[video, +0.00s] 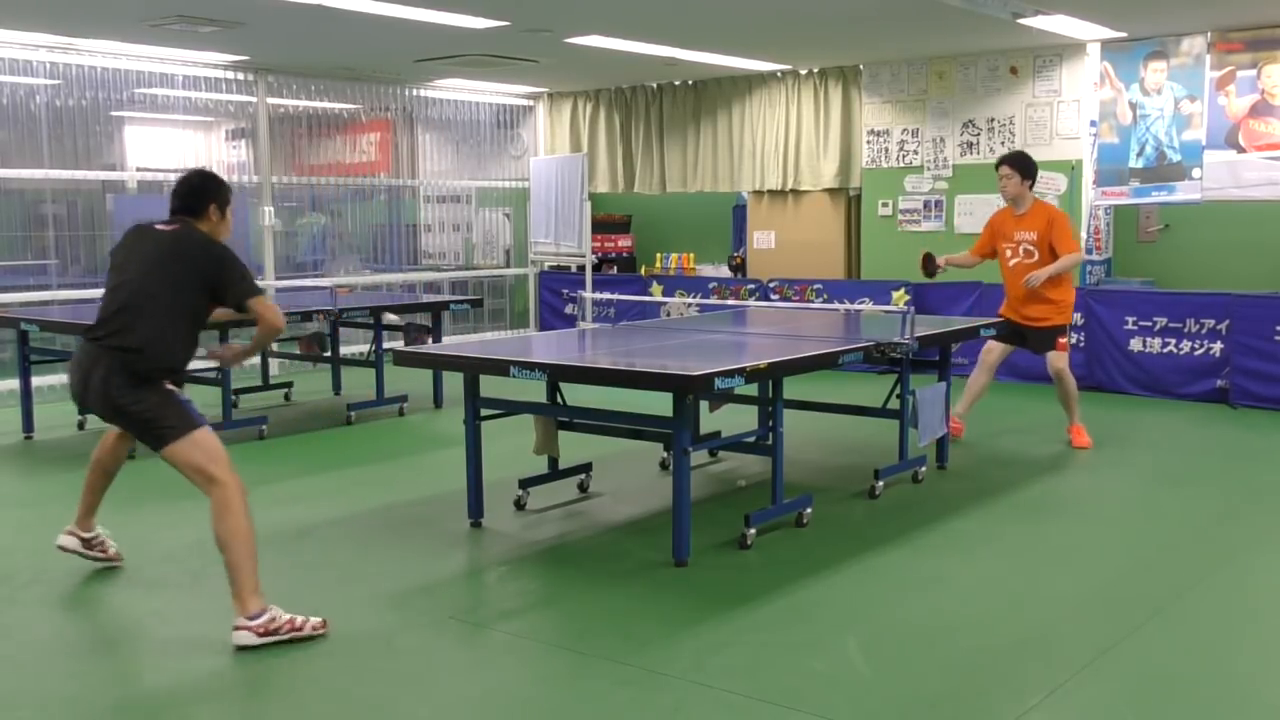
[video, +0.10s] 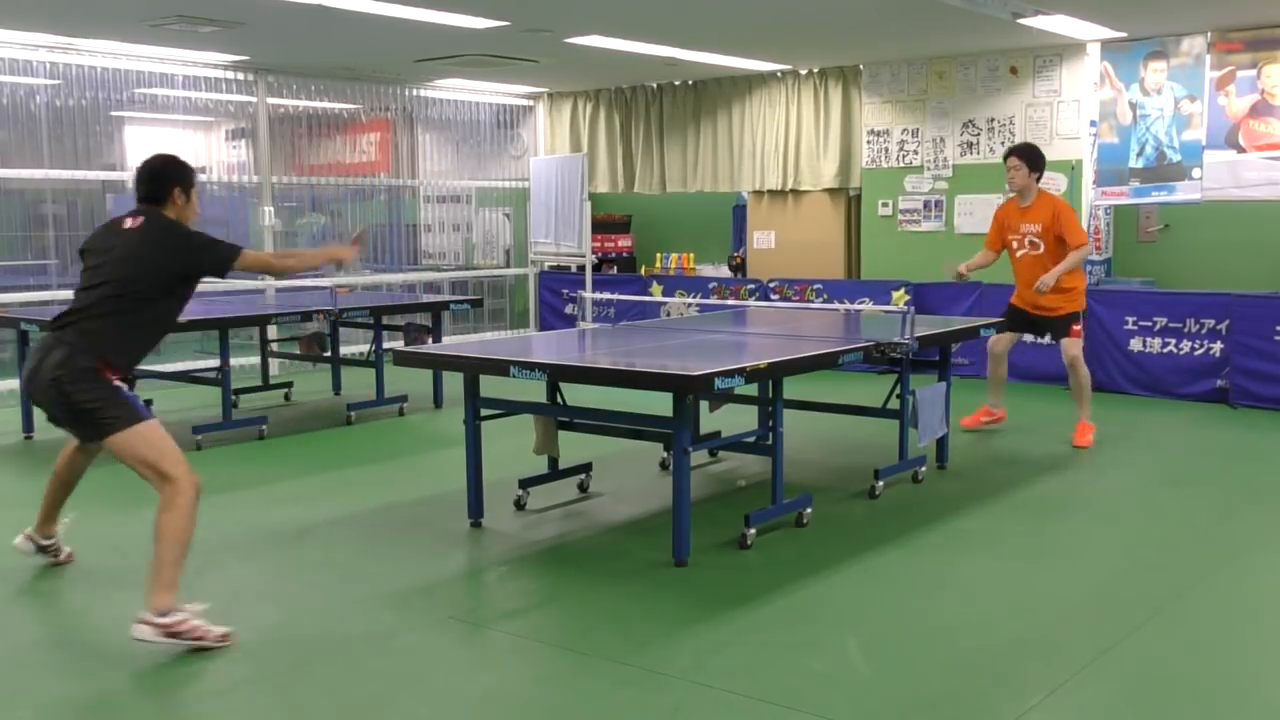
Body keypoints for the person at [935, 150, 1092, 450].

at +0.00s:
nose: (1001, 184)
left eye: (1008, 178)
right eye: (999, 179)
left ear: (1027, 181)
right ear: (999, 182)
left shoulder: (1052, 216)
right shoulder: (999, 220)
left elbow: (1076, 256)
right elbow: (975, 256)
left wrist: (1046, 271)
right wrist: (945, 261)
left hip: (1053, 312)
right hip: (1015, 311)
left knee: (1058, 368)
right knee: (988, 355)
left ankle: (1075, 424)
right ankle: (957, 417)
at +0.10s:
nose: (1009, 175)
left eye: (1016, 169)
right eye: (1007, 170)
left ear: (1034, 173)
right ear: (1006, 174)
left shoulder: (1058, 208)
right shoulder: (1005, 212)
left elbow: (1083, 248)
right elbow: (991, 251)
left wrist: (1055, 273)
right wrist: (969, 266)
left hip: (1065, 299)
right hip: (1025, 298)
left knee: (1073, 357)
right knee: (996, 347)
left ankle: (1085, 421)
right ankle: (994, 409)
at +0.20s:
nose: (1016, 182)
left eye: (1023, 177)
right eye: (1014, 177)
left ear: (1041, 180)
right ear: (1012, 180)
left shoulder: (1066, 213)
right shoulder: (1013, 217)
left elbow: (1091, 253)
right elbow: (1004, 257)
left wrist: (1063, 281)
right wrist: (985, 276)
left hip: (1070, 301)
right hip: (1031, 301)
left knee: (1083, 358)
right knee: (1010, 353)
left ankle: (1115, 417)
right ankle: (1018, 402)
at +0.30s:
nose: (1025, 197)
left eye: (1031, 190)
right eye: (1022, 191)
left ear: (1050, 192)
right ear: (1020, 194)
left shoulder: (1077, 225)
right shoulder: (1020, 231)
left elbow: (1100, 264)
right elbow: (1008, 270)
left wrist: (1076, 292)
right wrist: (1003, 285)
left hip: (1079, 309)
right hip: (1041, 309)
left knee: (1086, 365)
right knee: (1016, 360)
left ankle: (1121, 421)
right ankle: (1022, 410)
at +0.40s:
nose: (1037, 197)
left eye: (1043, 190)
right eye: (1034, 191)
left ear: (1062, 191)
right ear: (1032, 193)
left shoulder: (1091, 219)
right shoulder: (1029, 229)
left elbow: (1123, 248)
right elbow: (1010, 258)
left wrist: (1108, 278)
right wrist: (995, 263)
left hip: (1098, 304)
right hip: (1057, 308)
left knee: (1107, 353)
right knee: (1030, 358)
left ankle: (1135, 417)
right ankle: (1023, 409)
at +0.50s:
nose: (1054, 196)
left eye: (1060, 190)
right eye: (1052, 191)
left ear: (1079, 192)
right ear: (1051, 195)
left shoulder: (1109, 218)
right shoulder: (1044, 231)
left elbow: (1143, 236)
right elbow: (1002, 242)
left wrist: (1143, 272)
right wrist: (968, 233)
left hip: (1120, 307)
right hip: (1076, 311)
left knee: (1138, 361)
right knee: (1044, 359)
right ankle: (1030, 407)